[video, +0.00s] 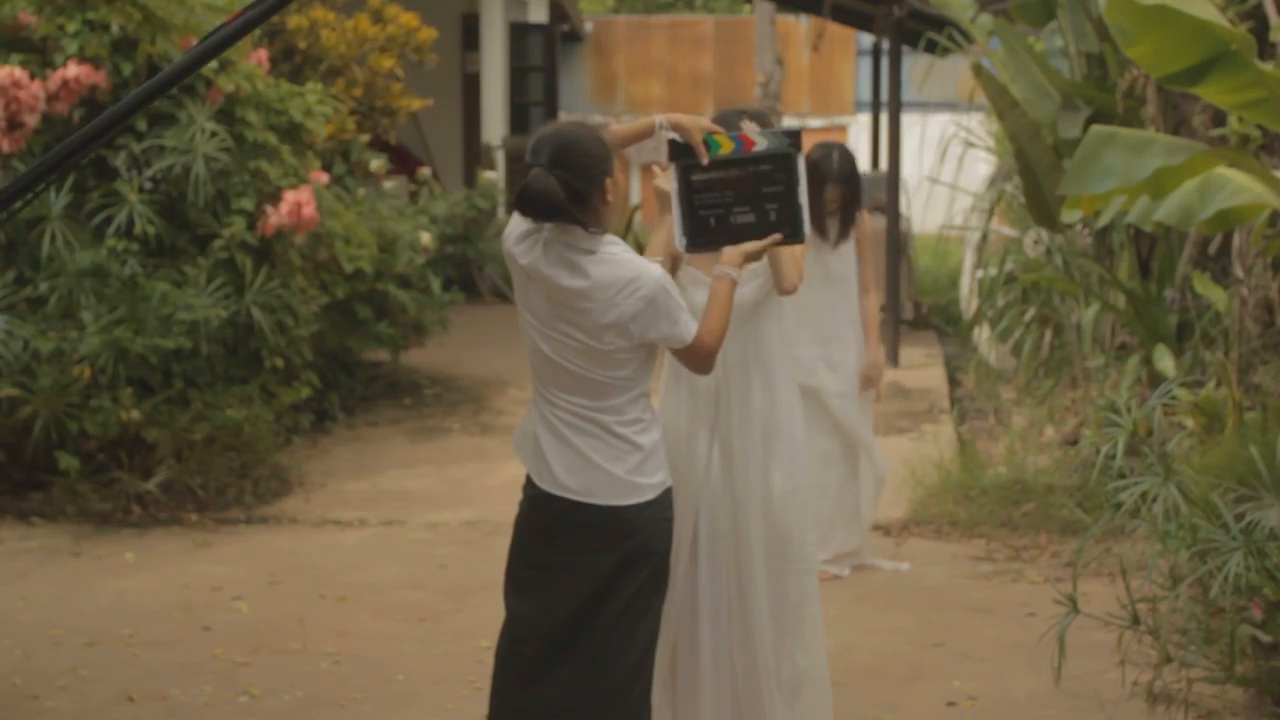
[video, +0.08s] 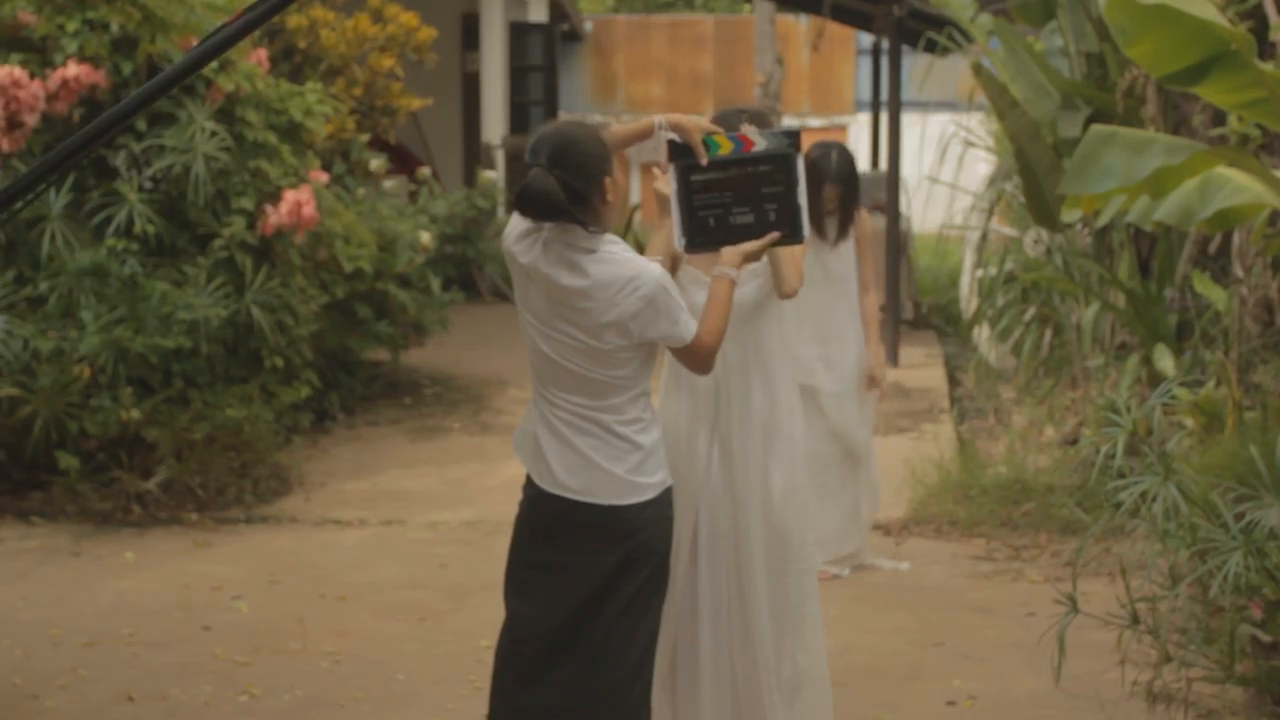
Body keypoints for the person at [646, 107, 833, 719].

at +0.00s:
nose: (736, 165)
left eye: (750, 153)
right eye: (725, 151)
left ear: (772, 162)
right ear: (705, 155)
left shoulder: (778, 219)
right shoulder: (691, 210)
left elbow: (788, 278)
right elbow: (656, 280)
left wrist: (771, 196)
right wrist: (663, 202)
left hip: (760, 410)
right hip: (691, 411)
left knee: (760, 561)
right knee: (694, 562)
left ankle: (767, 701)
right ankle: (694, 702)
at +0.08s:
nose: (736, 166)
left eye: (749, 154)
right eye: (725, 152)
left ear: (771, 163)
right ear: (705, 156)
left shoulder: (779, 221)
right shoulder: (691, 211)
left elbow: (788, 283)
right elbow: (657, 285)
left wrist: (774, 198)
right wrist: (663, 205)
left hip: (761, 410)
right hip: (692, 411)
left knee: (761, 559)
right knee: (695, 561)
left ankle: (767, 700)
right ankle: (695, 702)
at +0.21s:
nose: (737, 166)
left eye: (751, 154)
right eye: (726, 153)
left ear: (772, 163)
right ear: (706, 157)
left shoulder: (780, 221)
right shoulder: (694, 213)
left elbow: (790, 288)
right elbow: (658, 288)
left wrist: (778, 198)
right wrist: (659, 204)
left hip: (762, 413)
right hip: (693, 416)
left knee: (763, 563)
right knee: (697, 565)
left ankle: (769, 702)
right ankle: (697, 703)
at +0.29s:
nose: (737, 166)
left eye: (751, 154)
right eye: (725, 153)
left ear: (772, 162)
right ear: (705, 157)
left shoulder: (780, 220)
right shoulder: (691, 213)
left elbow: (791, 289)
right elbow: (659, 293)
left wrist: (778, 200)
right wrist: (658, 208)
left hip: (763, 414)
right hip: (694, 417)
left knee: (764, 564)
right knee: (696, 566)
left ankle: (770, 702)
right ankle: (697, 704)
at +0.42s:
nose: (738, 168)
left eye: (751, 155)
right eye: (727, 155)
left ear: (771, 161)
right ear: (705, 158)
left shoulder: (778, 216)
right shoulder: (689, 211)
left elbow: (790, 287)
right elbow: (657, 287)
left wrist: (777, 201)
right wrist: (662, 204)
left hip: (763, 415)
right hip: (693, 419)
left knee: (764, 565)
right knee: (696, 567)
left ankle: (769, 702)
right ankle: (696, 704)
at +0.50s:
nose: (726, 174)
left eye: (740, 163)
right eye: (714, 164)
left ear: (758, 168)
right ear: (698, 169)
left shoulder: (775, 223)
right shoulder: (688, 218)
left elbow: (790, 288)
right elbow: (658, 279)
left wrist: (780, 210)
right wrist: (670, 199)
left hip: (762, 421)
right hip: (693, 425)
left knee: (762, 568)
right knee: (695, 570)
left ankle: (768, 701)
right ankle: (695, 703)